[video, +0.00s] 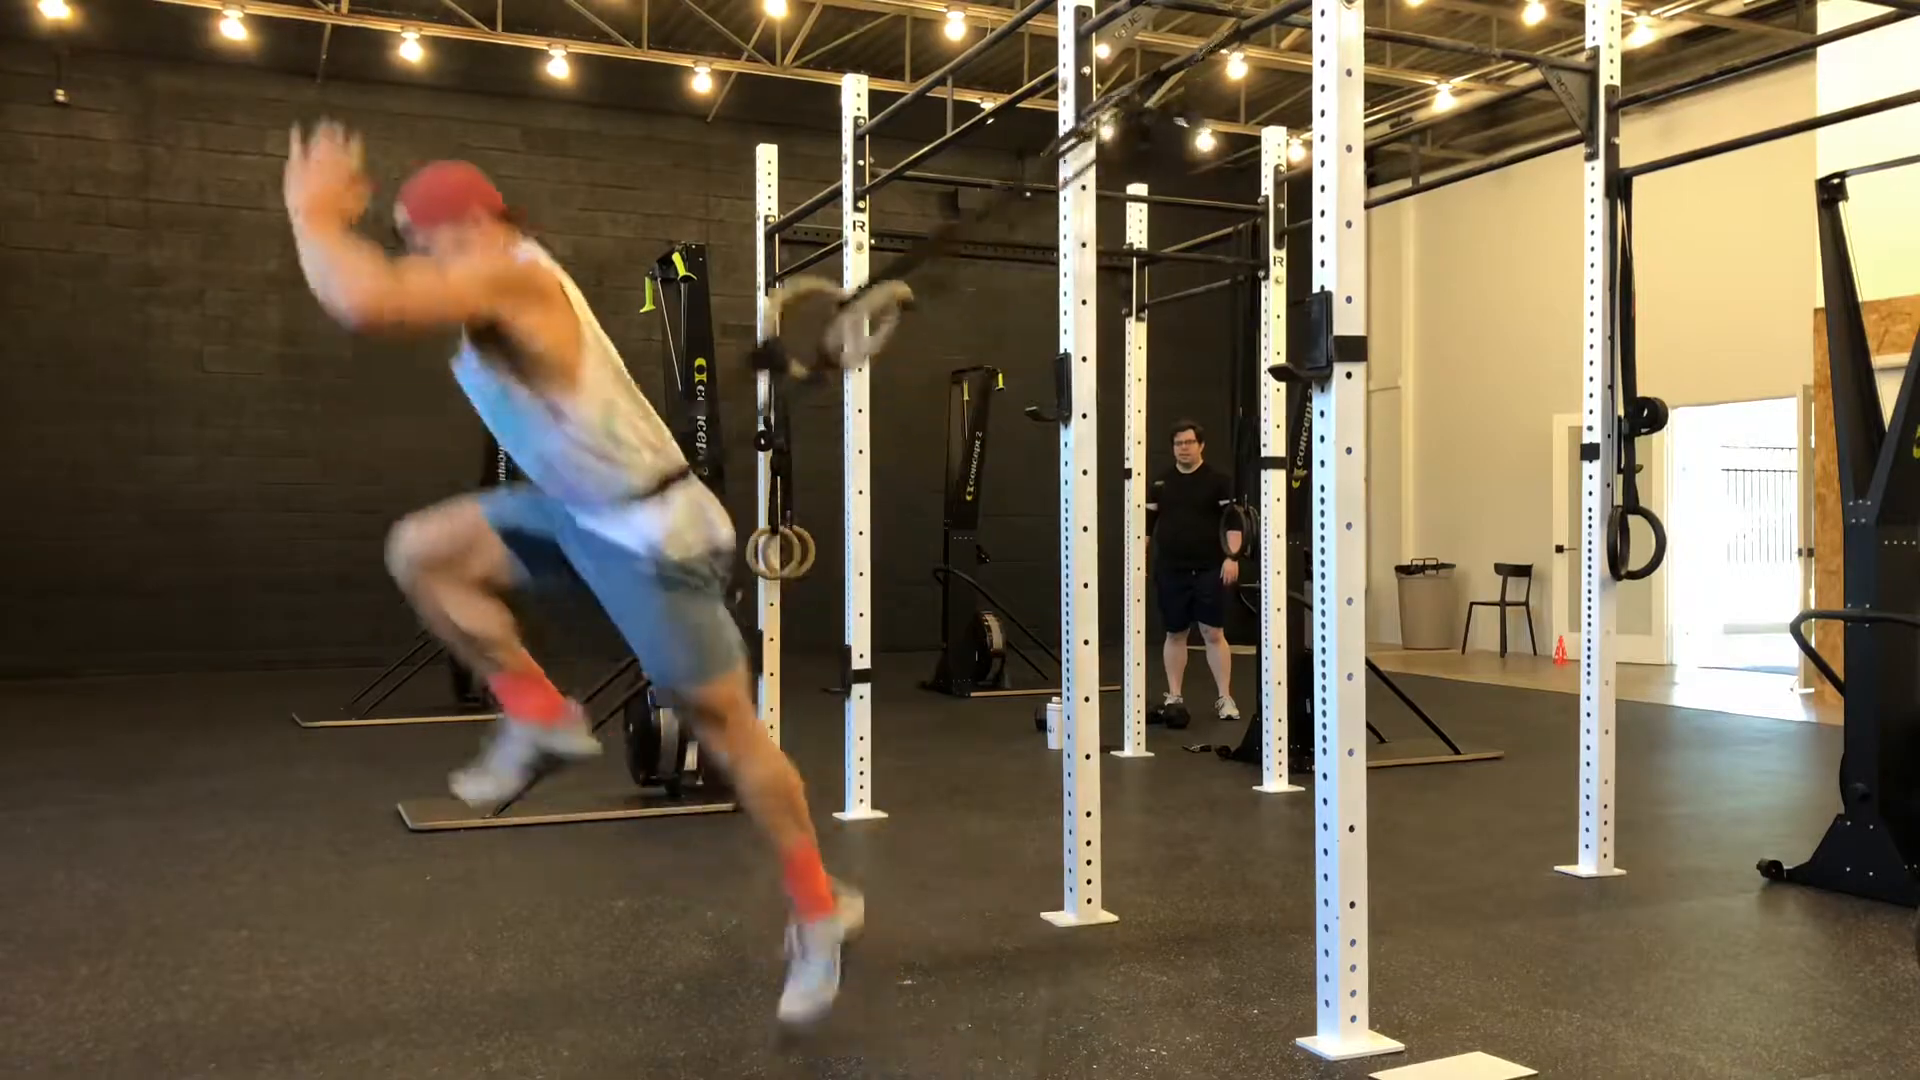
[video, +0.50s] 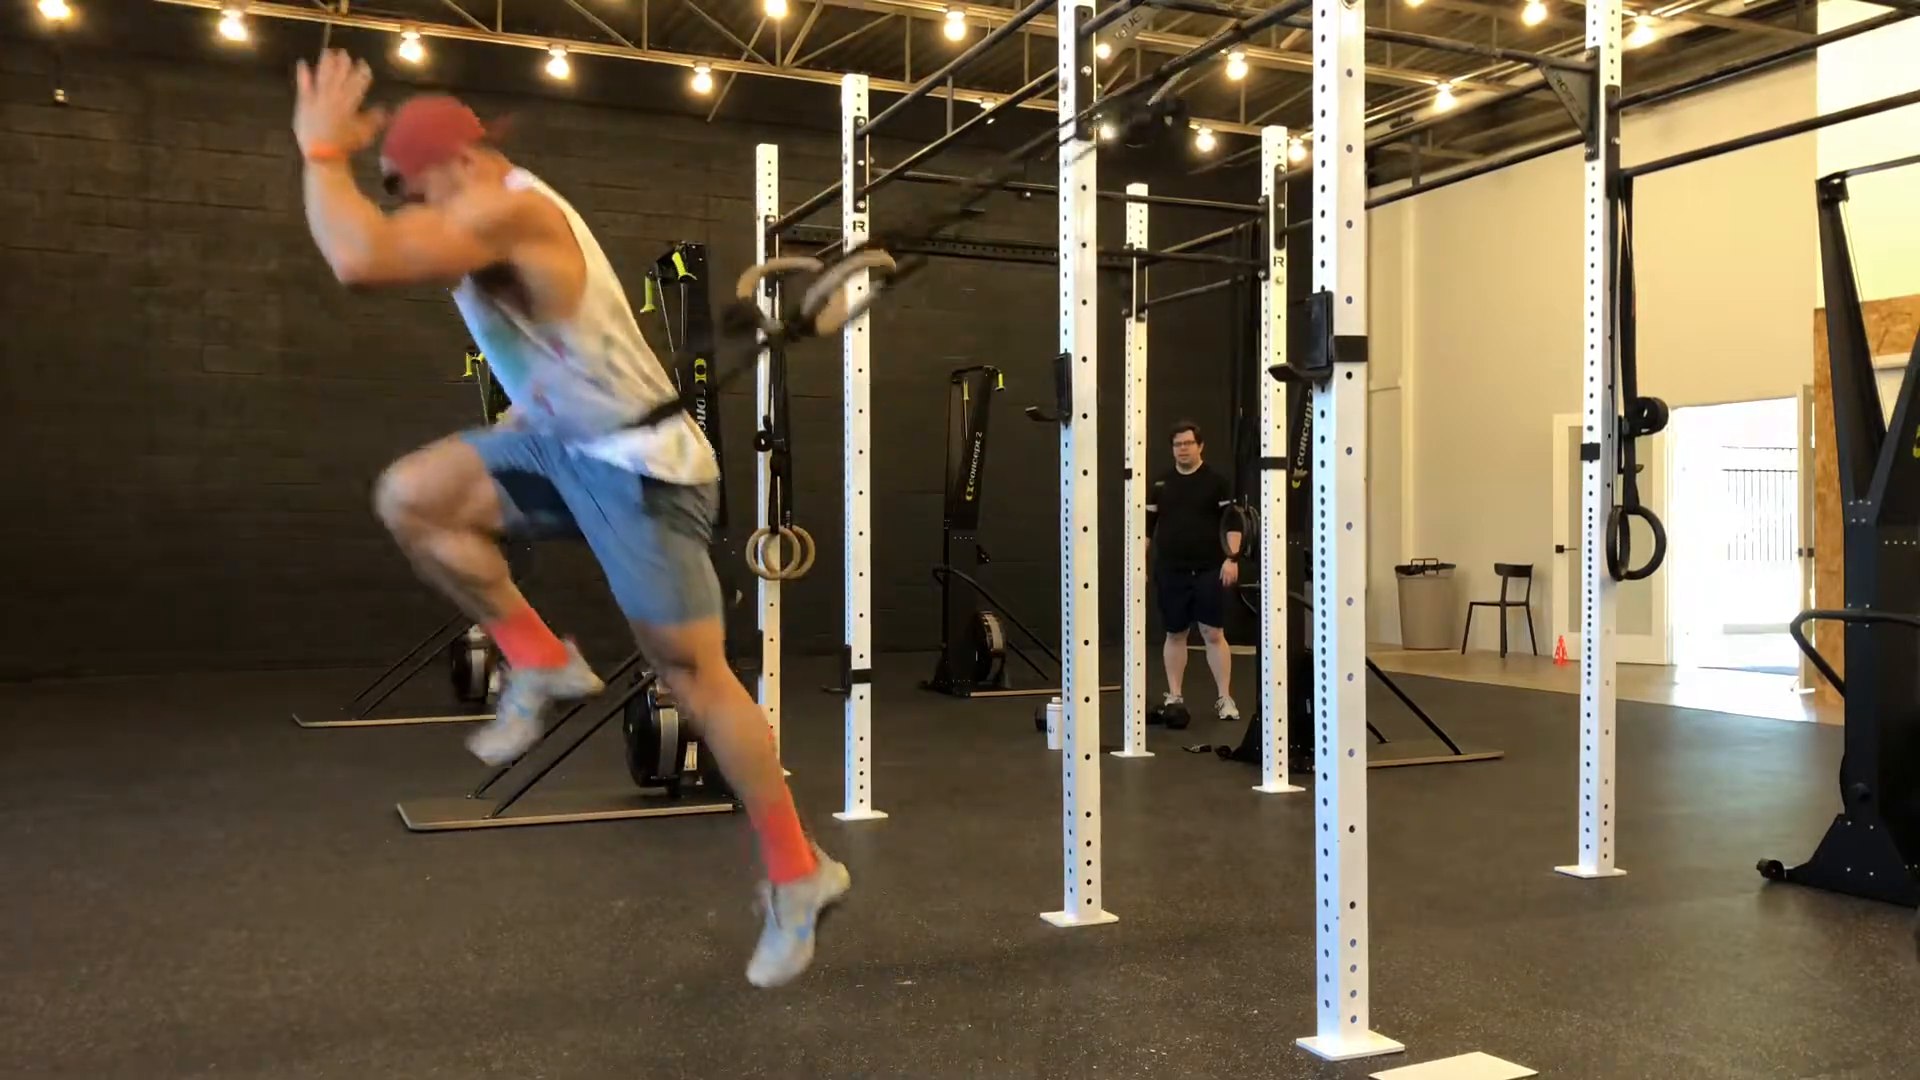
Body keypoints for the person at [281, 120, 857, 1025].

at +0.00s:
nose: (426, 258)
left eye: (431, 241)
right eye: (420, 245)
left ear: (475, 227)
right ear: (451, 234)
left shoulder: (517, 277)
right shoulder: (481, 279)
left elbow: (365, 297)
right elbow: (375, 297)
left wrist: (314, 213)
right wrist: (327, 223)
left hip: (651, 529)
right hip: (570, 508)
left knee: (731, 730)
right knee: (421, 549)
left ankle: (818, 909)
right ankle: (540, 716)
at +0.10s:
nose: (372, 153)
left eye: (376, 135)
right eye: (365, 140)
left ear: (419, 115)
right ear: (414, 117)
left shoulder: (468, 159)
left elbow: (303, 178)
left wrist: (267, 82)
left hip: (590, 429)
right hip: (519, 412)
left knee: (669, 637)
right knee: (360, 447)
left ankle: (779, 813)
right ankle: (459, 633)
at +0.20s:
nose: (349, 107)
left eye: (351, 88)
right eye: (343, 95)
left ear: (392, 68)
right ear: (402, 66)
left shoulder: (438, 113)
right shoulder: (429, 118)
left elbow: (284, 150)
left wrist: (240, 53)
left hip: (577, 387)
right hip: (507, 369)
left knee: (644, 602)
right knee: (342, 397)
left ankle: (748, 791)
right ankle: (434, 589)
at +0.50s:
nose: (422, 208)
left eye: (425, 190)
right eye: (412, 195)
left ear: (465, 162)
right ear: (439, 168)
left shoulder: (518, 212)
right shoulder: (476, 209)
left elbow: (360, 253)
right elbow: (374, 252)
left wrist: (320, 149)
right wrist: (326, 158)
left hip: (638, 458)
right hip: (555, 439)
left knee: (694, 674)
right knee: (411, 495)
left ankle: (799, 871)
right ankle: (542, 663)